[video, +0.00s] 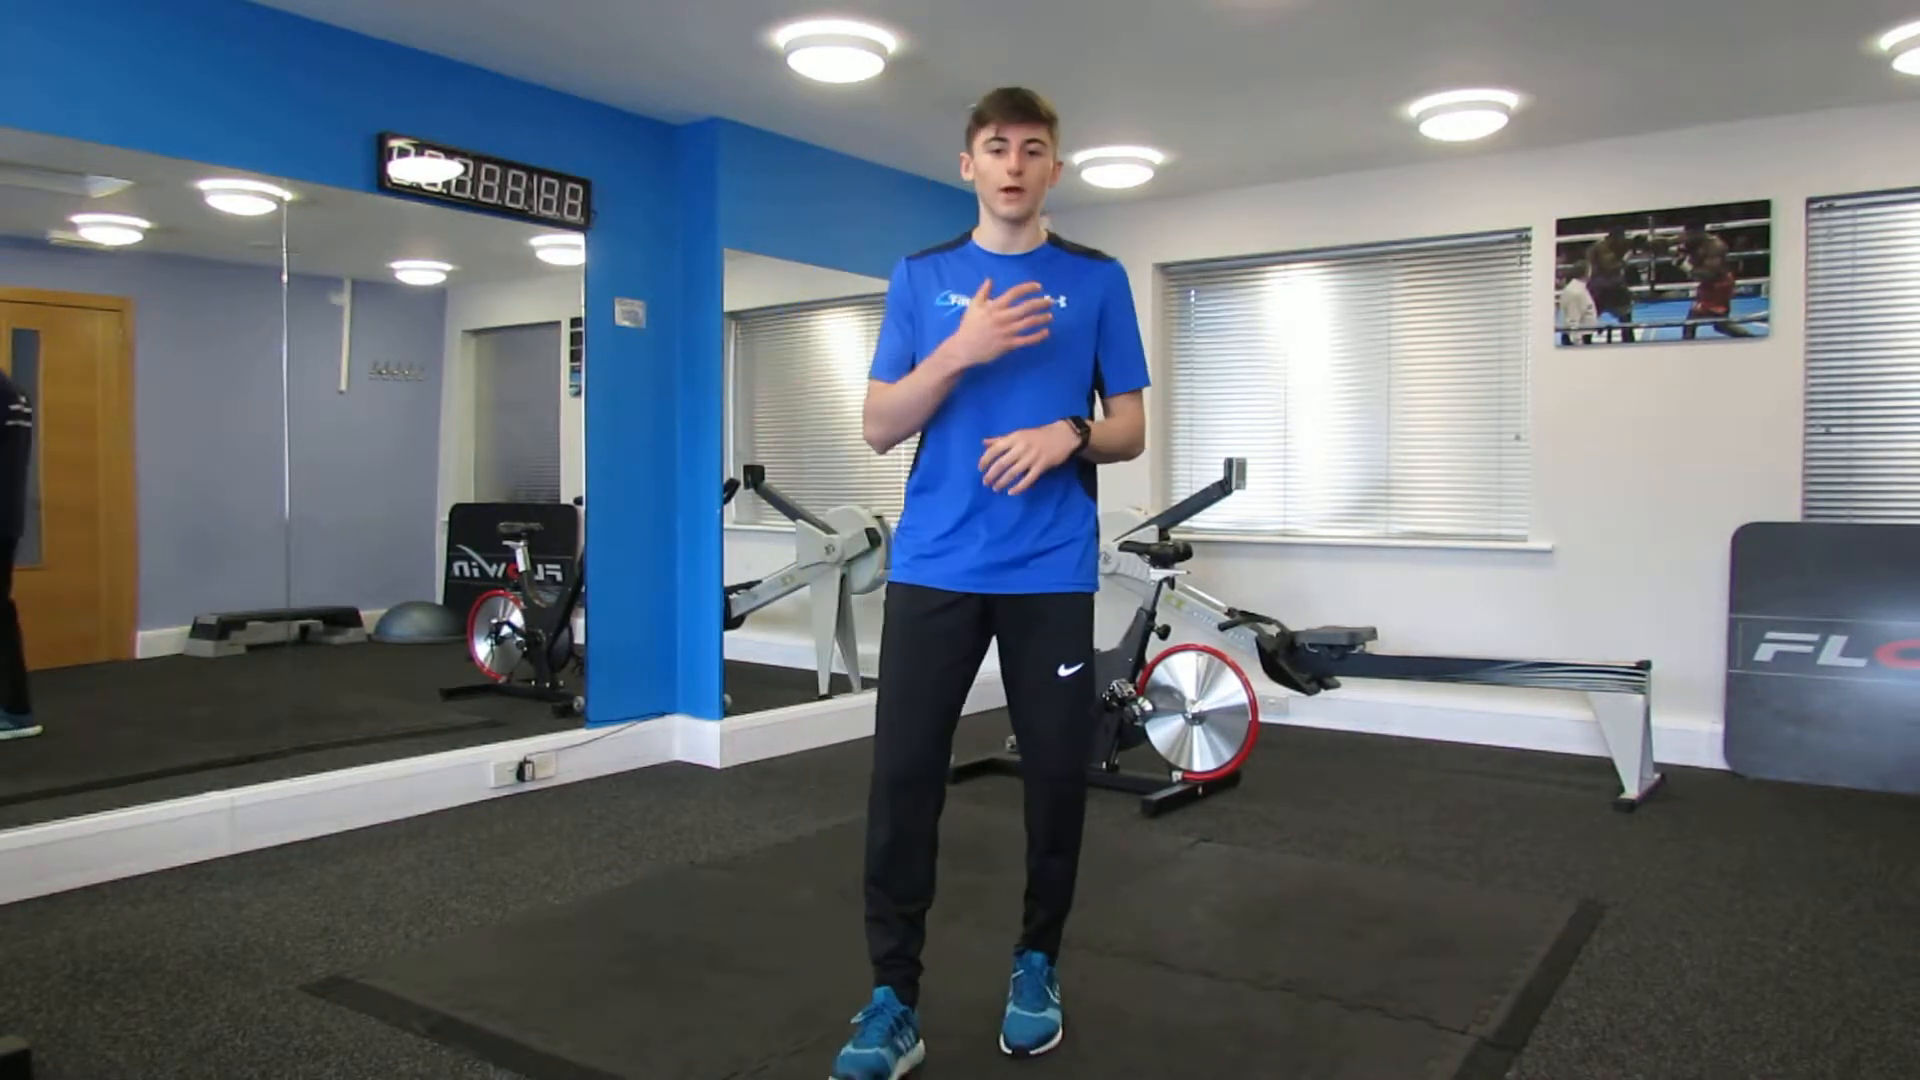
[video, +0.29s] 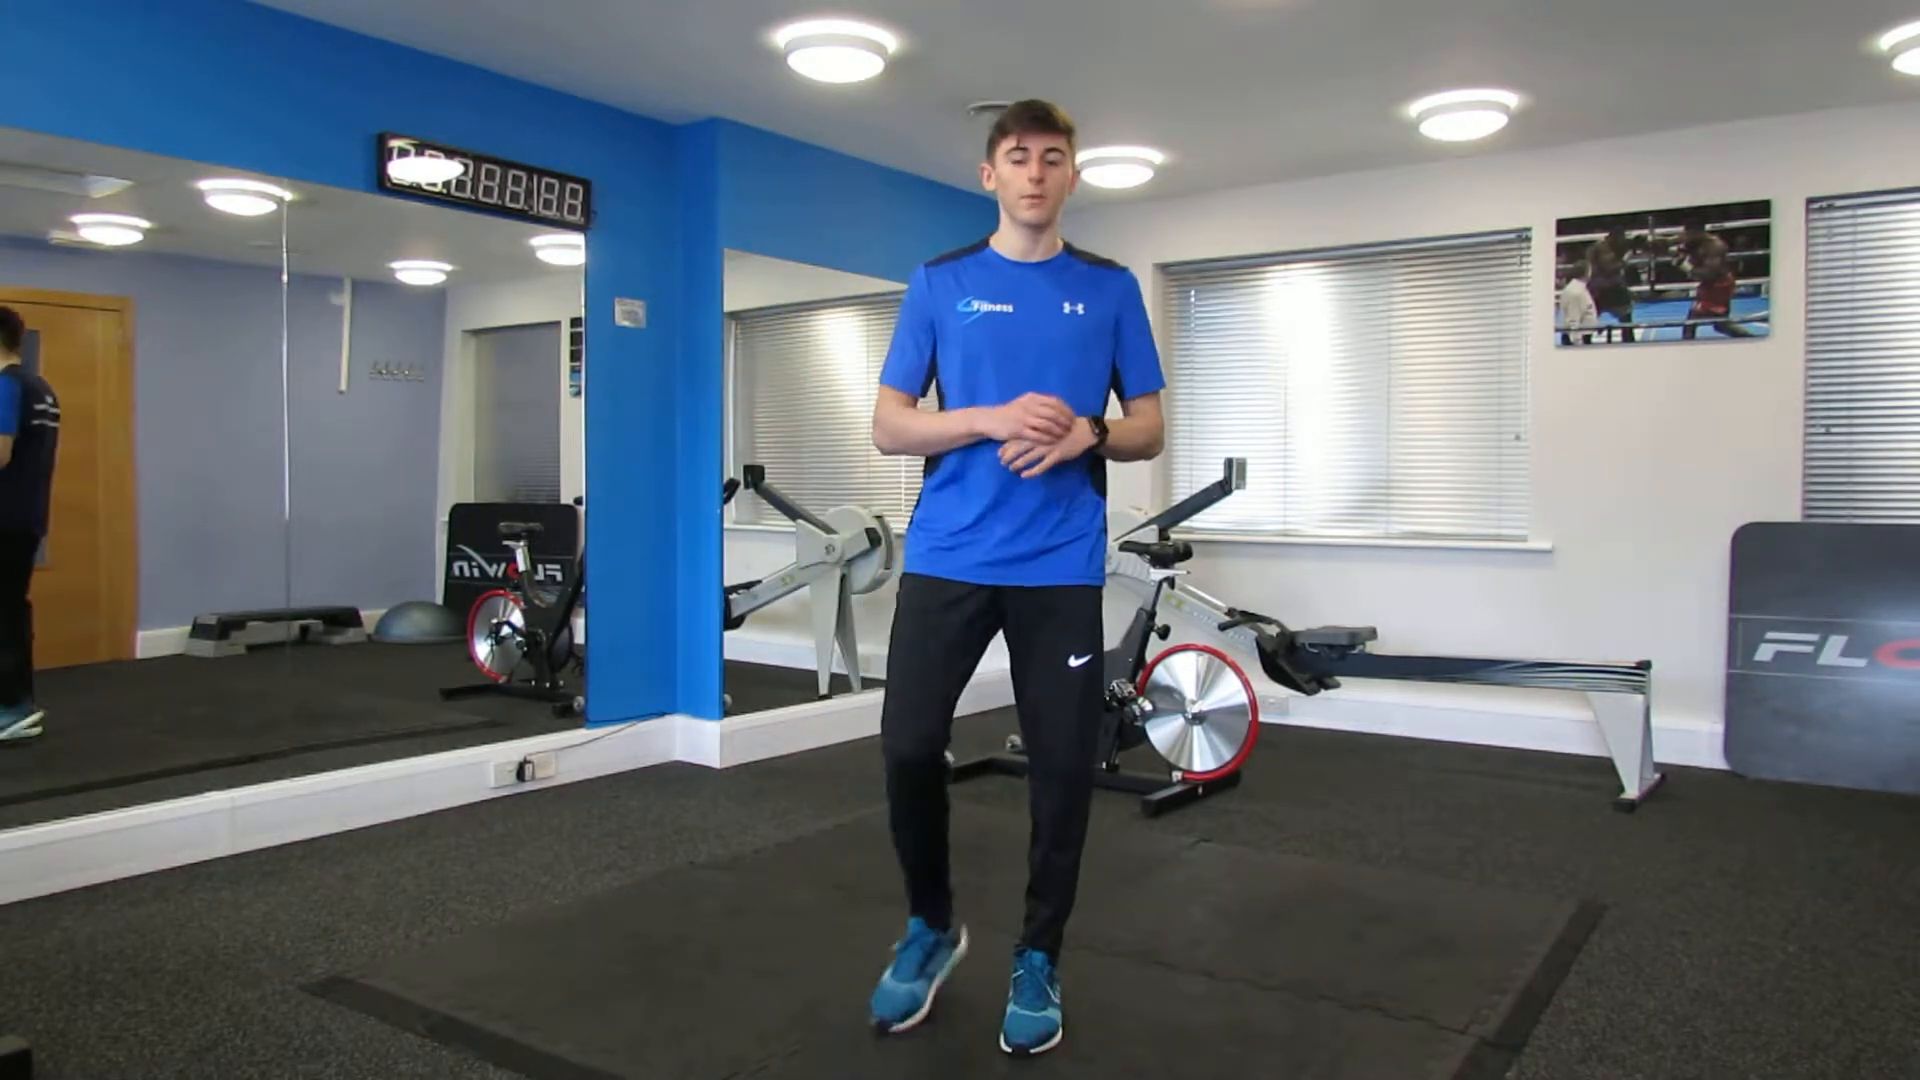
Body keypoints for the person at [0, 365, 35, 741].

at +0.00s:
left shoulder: (14, 400)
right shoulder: (19, 400)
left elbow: (15, 483)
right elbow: (17, 482)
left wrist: (13, 536)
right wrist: (14, 535)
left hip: (6, 535)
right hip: (10, 533)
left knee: (6, 611)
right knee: (6, 609)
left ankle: (17, 708)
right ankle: (17, 707)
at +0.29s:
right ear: (18, 340)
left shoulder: (10, 387)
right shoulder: (42, 389)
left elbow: (3, 452)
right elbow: (43, 462)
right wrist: (32, 513)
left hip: (10, 520)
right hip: (28, 519)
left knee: (10, 607)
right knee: (15, 606)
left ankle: (14, 705)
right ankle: (19, 701)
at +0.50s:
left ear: (13, 340)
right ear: (31, 341)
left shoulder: (24, 385)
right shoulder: (59, 387)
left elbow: (24, 455)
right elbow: (51, 458)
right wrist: (10, 451)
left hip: (20, 524)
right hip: (41, 523)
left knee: (18, 612)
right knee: (16, 613)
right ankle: (16, 711)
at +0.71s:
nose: (7, 345)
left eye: (12, 337)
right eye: (9, 337)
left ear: (32, 339)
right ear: (44, 341)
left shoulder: (54, 387)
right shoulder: (64, 387)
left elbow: (35, 453)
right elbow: (27, 451)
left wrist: (3, 421)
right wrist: (10, 418)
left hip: (56, 530)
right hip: (51, 529)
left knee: (78, 616)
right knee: (28, 614)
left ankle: (119, 708)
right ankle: (19, 711)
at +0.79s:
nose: (15, 347)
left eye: (20, 338)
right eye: (16, 339)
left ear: (40, 340)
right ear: (47, 341)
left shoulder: (66, 388)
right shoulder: (62, 388)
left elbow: (40, 453)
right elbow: (32, 455)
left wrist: (4, 418)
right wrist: (9, 424)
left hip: (73, 529)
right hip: (62, 528)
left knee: (89, 617)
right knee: (40, 617)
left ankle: (121, 709)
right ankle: (24, 711)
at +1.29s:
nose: (40, 345)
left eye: (45, 337)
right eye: (41, 337)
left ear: (66, 339)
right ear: (73, 340)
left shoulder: (93, 387)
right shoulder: (87, 386)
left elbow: (103, 459)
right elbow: (94, 454)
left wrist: (48, 447)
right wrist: (52, 452)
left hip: (97, 528)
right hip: (87, 527)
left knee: (102, 615)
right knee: (65, 610)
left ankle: (122, 709)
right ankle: (50, 704)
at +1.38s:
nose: (40, 345)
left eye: (45, 336)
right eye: (41, 336)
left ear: (67, 339)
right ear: (74, 340)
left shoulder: (94, 387)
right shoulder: (91, 385)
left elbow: (97, 460)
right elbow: (95, 456)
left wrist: (48, 448)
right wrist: (53, 452)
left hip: (97, 528)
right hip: (86, 527)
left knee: (104, 614)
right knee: (60, 605)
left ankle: (122, 709)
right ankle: (70, 702)